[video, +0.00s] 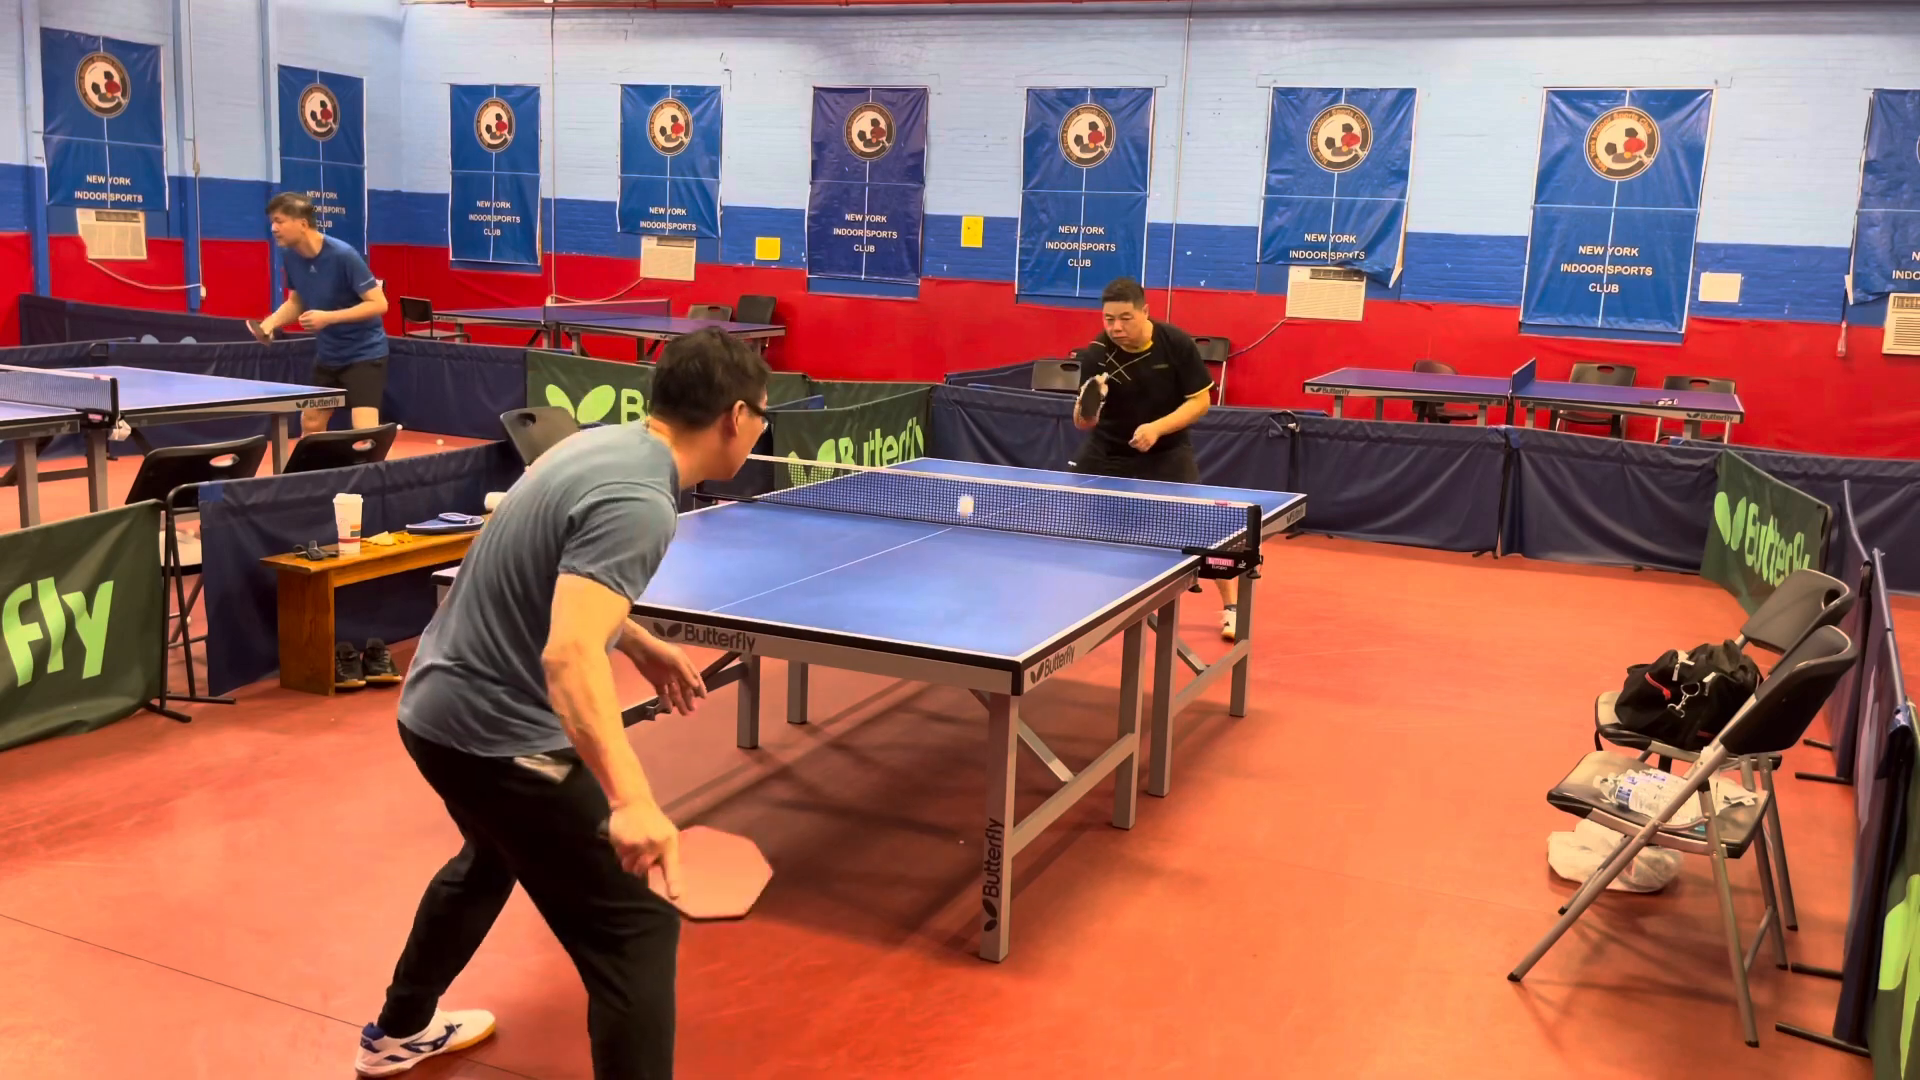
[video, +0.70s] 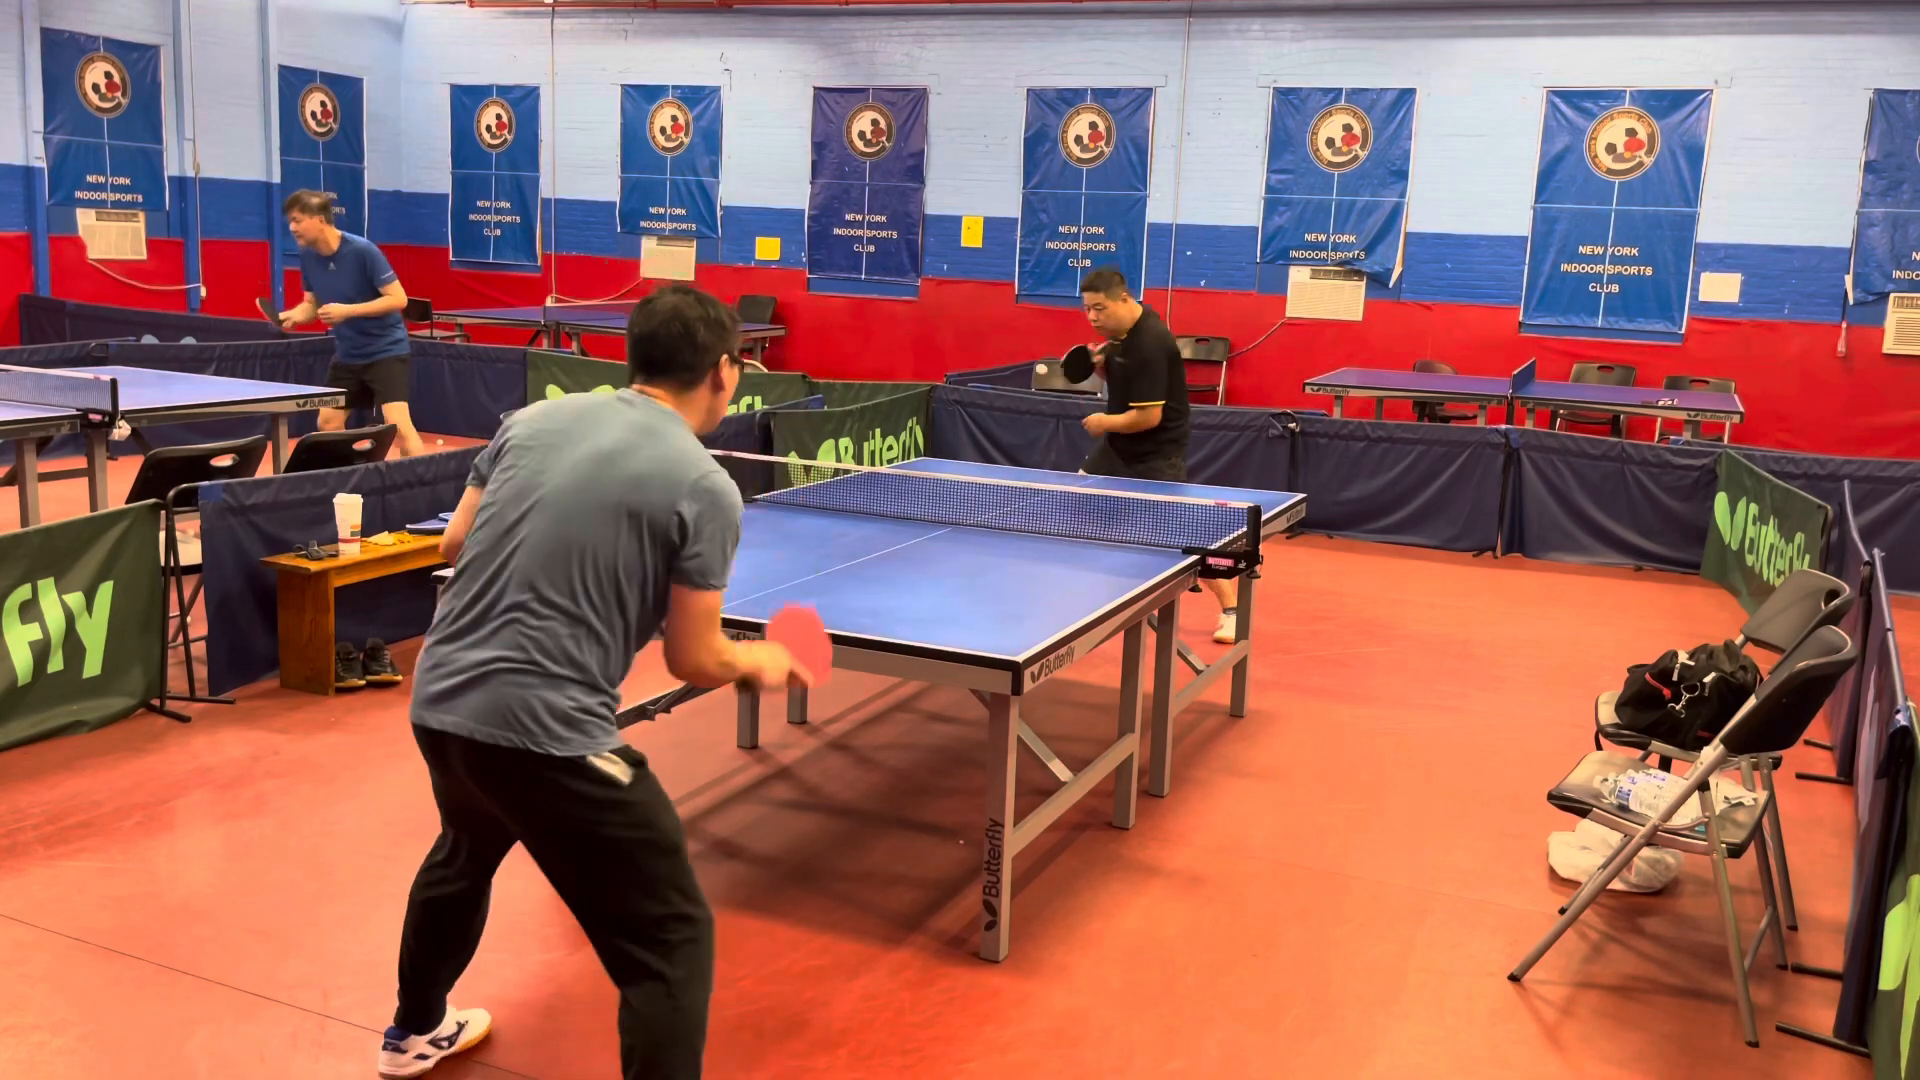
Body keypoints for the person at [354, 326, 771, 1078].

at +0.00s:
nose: (761, 431)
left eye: (762, 413)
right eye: (760, 413)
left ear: (665, 398)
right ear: (732, 417)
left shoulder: (597, 446)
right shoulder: (642, 499)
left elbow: (546, 575)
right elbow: (570, 658)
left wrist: (643, 645)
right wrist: (633, 802)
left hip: (435, 708)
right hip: (499, 734)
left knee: (494, 853)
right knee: (635, 928)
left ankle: (400, 1027)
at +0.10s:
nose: (762, 425)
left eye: (766, 409)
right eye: (763, 408)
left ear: (668, 392)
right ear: (733, 408)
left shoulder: (587, 442)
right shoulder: (654, 493)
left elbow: (550, 578)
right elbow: (610, 656)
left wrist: (647, 635)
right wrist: (733, 739)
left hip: (438, 708)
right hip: (519, 733)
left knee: (494, 848)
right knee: (655, 927)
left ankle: (402, 1026)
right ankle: (646, 1070)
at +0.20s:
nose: (749, 380)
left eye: (751, 360)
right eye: (747, 360)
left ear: (652, 349)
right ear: (713, 357)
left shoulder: (552, 409)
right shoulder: (672, 452)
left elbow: (519, 540)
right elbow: (740, 626)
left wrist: (616, 611)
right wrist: (869, 587)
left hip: (443, 690)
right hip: (537, 709)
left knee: (477, 833)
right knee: (651, 922)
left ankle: (409, 1017)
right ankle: (648, 1075)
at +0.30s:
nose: (732, 335)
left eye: (732, 318)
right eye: (728, 319)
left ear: (630, 318)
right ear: (700, 326)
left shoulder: (527, 384)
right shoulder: (703, 432)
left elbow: (465, 513)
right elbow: (804, 510)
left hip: (445, 680)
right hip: (548, 707)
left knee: (462, 846)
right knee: (645, 915)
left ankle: (425, 1019)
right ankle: (650, 1068)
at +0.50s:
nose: (703, 362)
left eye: (703, 347)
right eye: (701, 347)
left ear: (602, 348)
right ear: (681, 354)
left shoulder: (504, 420)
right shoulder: (693, 460)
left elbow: (437, 555)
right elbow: (761, 545)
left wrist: (501, 604)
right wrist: (785, 449)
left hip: (466, 736)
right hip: (587, 748)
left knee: (466, 856)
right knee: (696, 935)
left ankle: (424, 1034)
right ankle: (677, 1074)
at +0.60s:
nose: (712, 382)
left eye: (712, 368)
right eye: (712, 367)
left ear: (613, 366)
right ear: (696, 375)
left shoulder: (514, 431)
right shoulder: (701, 487)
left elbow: (442, 568)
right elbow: (735, 624)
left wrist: (517, 599)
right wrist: (780, 547)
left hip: (460, 736)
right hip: (577, 751)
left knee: (477, 855)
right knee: (701, 939)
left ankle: (422, 1035)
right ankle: (674, 1076)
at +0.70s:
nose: (737, 382)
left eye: (735, 367)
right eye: (737, 368)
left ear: (634, 363)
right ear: (721, 373)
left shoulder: (533, 419)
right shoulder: (703, 486)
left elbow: (457, 542)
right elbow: (693, 658)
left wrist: (551, 577)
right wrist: (753, 661)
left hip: (442, 708)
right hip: (553, 734)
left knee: (463, 848)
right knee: (669, 938)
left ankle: (415, 1028)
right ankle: (662, 1074)